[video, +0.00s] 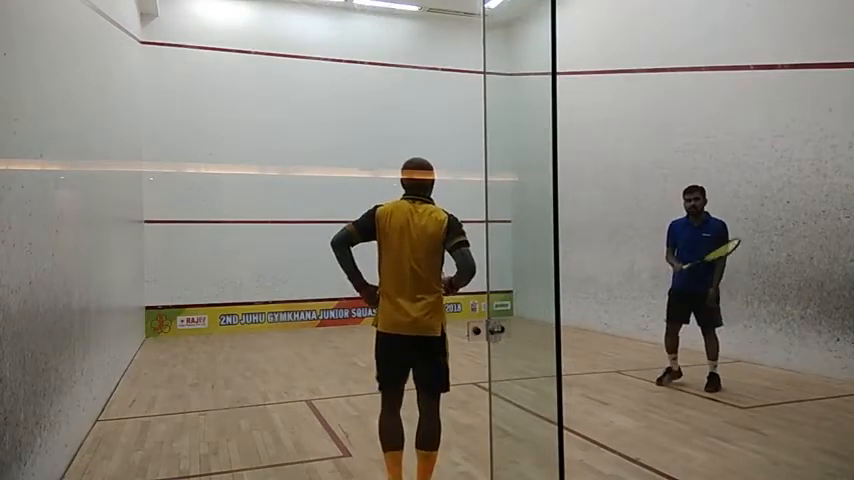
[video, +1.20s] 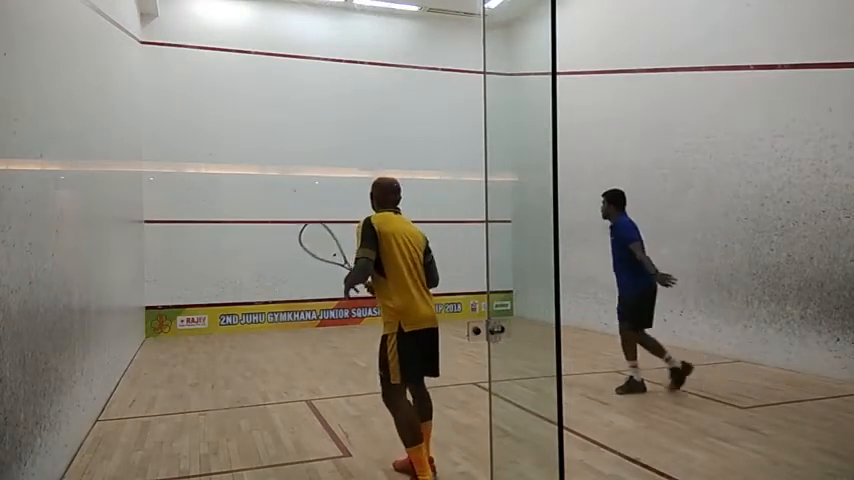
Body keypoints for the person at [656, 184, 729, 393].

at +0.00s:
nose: (692, 204)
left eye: (696, 200)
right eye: (688, 200)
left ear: (705, 201)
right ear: (683, 203)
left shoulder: (718, 227)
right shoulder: (676, 227)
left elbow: (721, 260)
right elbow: (669, 255)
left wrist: (714, 288)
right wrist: (677, 266)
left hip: (705, 289)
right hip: (680, 289)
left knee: (709, 332)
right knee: (671, 328)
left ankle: (713, 374)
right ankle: (673, 368)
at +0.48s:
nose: (684, 206)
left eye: (688, 202)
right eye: (680, 203)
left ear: (697, 203)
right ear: (676, 206)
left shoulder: (711, 226)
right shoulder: (670, 226)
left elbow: (708, 259)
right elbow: (666, 255)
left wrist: (690, 279)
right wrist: (676, 250)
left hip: (700, 286)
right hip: (674, 284)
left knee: (704, 331)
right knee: (662, 326)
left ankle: (712, 373)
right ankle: (670, 363)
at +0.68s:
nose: (666, 209)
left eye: (670, 205)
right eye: (663, 206)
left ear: (681, 203)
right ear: (662, 207)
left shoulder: (699, 225)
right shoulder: (659, 229)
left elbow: (697, 257)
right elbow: (664, 256)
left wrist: (670, 264)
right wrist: (679, 244)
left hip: (692, 286)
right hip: (667, 284)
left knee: (701, 330)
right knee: (650, 324)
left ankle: (712, 373)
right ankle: (657, 368)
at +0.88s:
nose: (637, 214)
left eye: (640, 210)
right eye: (635, 210)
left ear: (653, 209)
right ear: (635, 212)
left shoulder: (672, 227)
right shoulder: (636, 235)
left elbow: (673, 261)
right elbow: (637, 262)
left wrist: (649, 282)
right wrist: (665, 263)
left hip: (679, 289)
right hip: (654, 290)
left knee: (692, 332)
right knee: (643, 331)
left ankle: (710, 372)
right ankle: (638, 379)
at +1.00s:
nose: (617, 213)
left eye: (621, 209)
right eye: (618, 209)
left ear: (632, 210)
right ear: (630, 211)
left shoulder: (650, 230)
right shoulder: (626, 237)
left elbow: (661, 260)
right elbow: (612, 264)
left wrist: (664, 288)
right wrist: (589, 284)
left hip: (664, 286)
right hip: (644, 289)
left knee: (674, 334)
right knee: (635, 330)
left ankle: (705, 366)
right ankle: (636, 378)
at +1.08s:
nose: (611, 212)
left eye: (614, 208)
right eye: (612, 208)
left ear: (624, 210)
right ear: (622, 210)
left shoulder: (641, 229)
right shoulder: (622, 235)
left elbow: (655, 257)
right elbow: (607, 257)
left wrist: (668, 284)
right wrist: (589, 272)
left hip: (656, 291)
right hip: (638, 292)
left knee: (661, 335)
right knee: (632, 330)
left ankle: (700, 364)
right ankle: (636, 378)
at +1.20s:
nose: (601, 208)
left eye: (604, 204)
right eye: (602, 204)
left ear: (613, 206)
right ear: (617, 206)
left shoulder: (624, 227)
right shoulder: (618, 226)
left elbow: (639, 254)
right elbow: (635, 256)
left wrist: (656, 274)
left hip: (638, 290)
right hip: (629, 289)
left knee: (633, 332)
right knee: (626, 331)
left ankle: (676, 366)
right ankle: (635, 378)